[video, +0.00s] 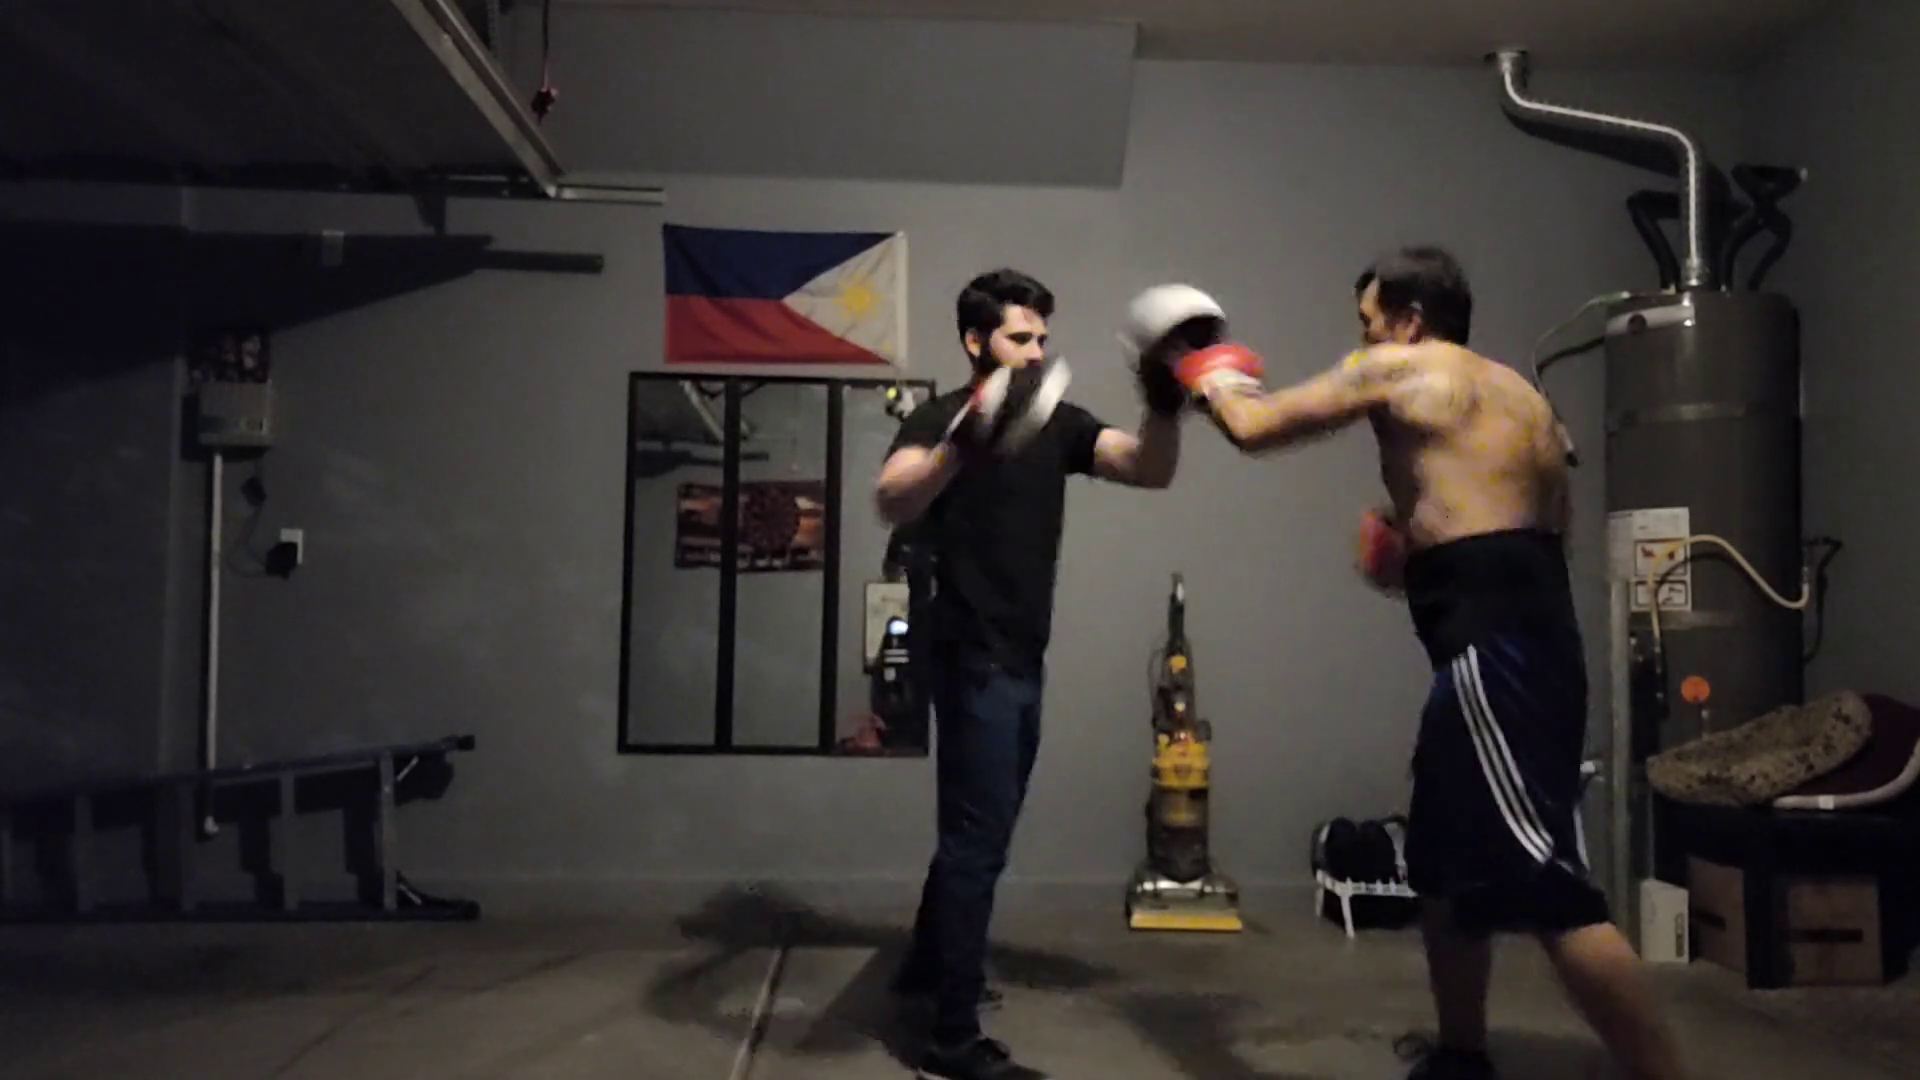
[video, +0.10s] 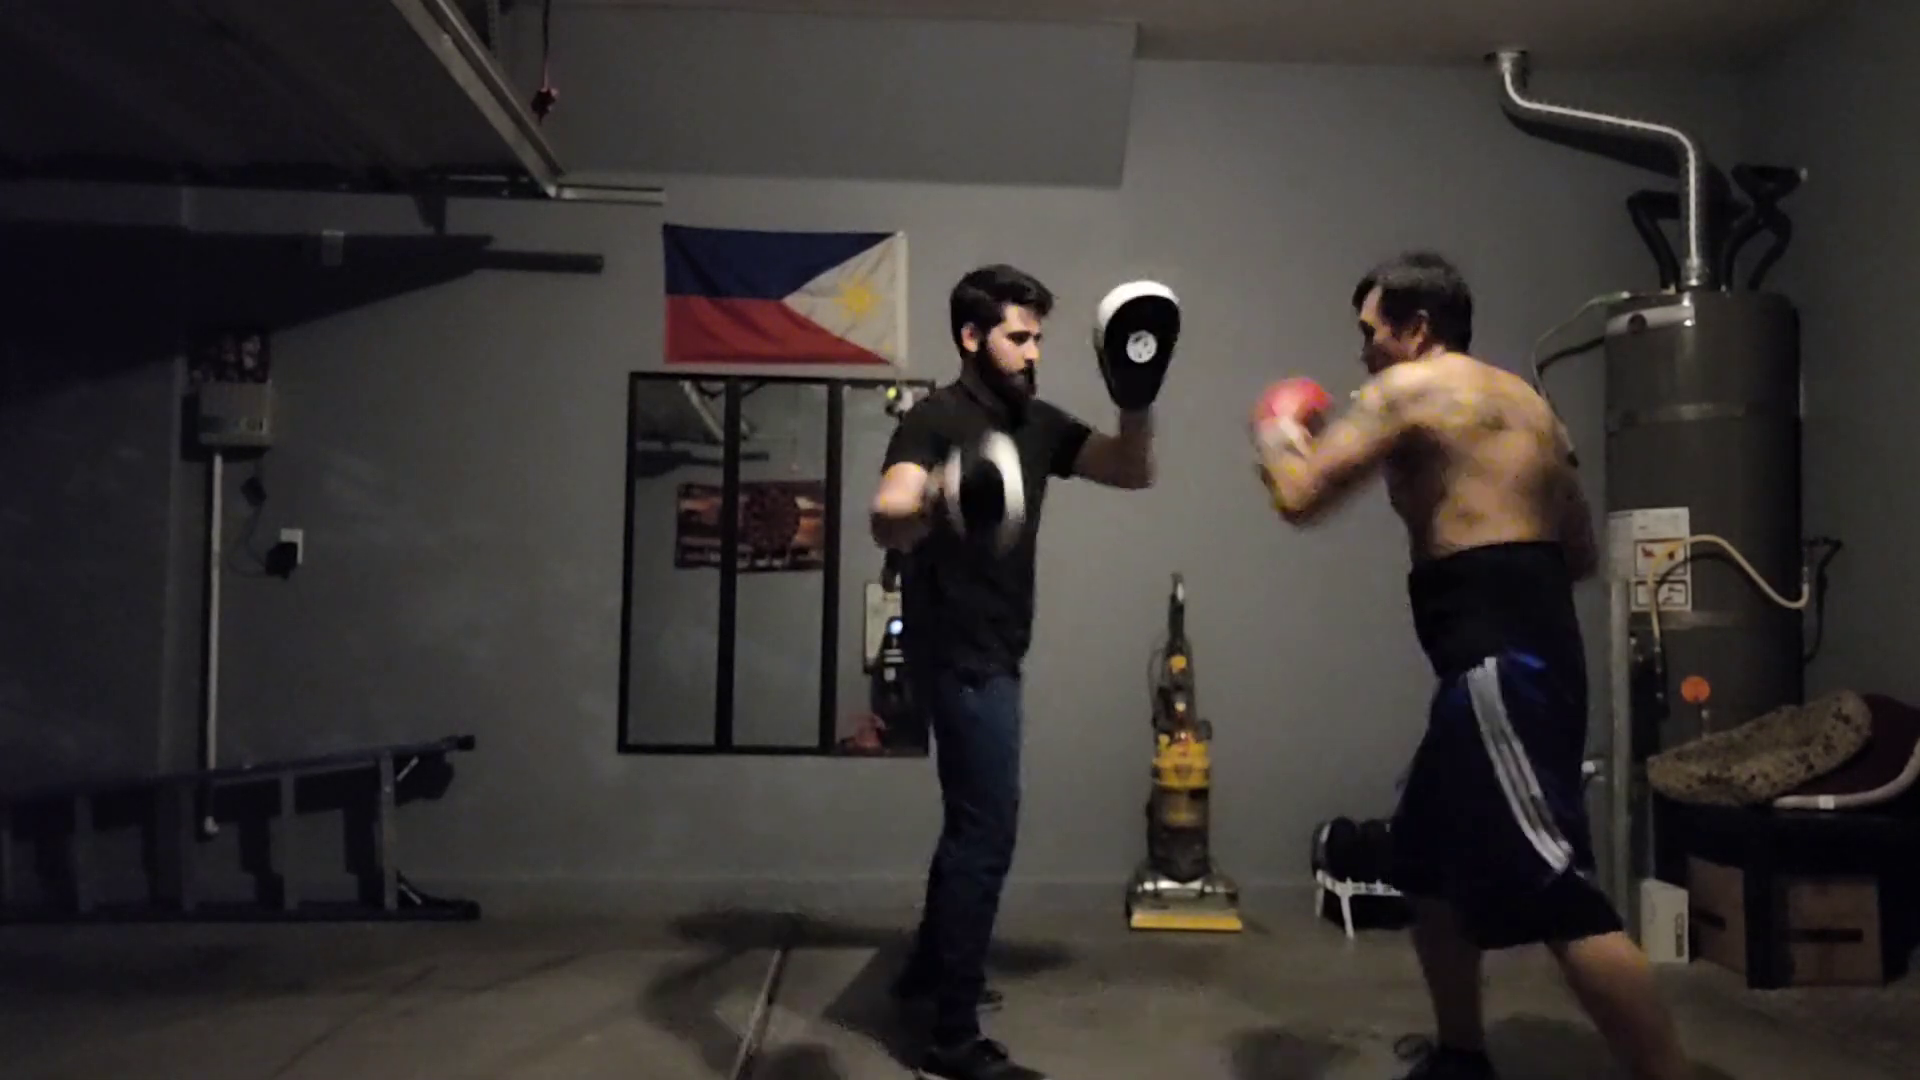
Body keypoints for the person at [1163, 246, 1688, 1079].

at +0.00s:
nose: (1363, 338)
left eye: (1368, 322)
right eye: (1361, 323)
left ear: (1403, 317)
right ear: (1451, 319)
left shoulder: (1399, 365)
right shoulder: (1529, 398)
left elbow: (1252, 424)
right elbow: (1541, 540)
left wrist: (1210, 368)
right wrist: (1417, 559)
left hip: (1492, 640)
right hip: (1528, 634)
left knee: (1547, 881)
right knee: (1444, 859)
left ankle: (1661, 1069)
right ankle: (1460, 1056)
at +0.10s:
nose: (1363, 348)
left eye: (1370, 331)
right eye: (1361, 331)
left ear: (1413, 326)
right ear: (1443, 329)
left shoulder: (1406, 388)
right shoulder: (1526, 398)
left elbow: (1298, 492)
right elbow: (1580, 547)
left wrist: (1273, 429)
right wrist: (1486, 572)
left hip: (1489, 645)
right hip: (1541, 635)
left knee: (1555, 885)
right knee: (1426, 854)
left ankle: (1666, 1068)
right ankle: (1460, 1056)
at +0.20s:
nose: (1362, 353)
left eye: (1369, 334)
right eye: (1360, 336)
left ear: (1420, 328)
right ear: (1427, 329)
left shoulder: (1470, 380)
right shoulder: (1457, 392)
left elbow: (1397, 502)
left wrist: (1329, 472)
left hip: (1532, 656)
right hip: (1485, 660)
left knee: (1583, 887)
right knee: (1424, 864)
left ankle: (1670, 1068)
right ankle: (1457, 1056)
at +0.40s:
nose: (1385, 341)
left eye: (1394, 322)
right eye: (1381, 325)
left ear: (1445, 317)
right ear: (1431, 324)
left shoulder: (1530, 373)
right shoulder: (1444, 405)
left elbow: (1530, 488)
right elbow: (1423, 523)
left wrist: (1429, 438)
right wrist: (1334, 528)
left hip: (1585, 648)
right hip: (1508, 650)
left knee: (1623, 888)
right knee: (1447, 862)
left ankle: (1702, 1067)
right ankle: (1459, 1056)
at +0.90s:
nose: (1363, 340)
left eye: (1376, 325)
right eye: (1365, 325)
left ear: (1425, 333)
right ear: (1417, 335)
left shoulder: (1474, 392)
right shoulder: (1428, 421)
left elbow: (1459, 490)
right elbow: (1429, 565)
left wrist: (1353, 431)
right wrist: (1351, 544)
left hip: (1523, 662)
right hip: (1461, 667)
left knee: (1600, 902)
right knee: (1405, 859)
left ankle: (1710, 1069)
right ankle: (1403, 1038)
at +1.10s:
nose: (1365, 341)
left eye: (1377, 325)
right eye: (1365, 326)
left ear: (1430, 332)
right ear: (1423, 335)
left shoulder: (1471, 394)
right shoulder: (1427, 409)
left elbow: (1362, 498)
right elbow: (1359, 520)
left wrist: (1262, 439)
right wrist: (1328, 442)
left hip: (1502, 653)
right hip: (1440, 654)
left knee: (1561, 885)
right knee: (1370, 851)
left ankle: (1673, 1068)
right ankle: (1396, 1029)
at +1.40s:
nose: (1325, 337)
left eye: (1340, 322)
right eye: (1327, 324)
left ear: (1391, 331)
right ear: (1381, 336)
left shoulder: (1414, 385)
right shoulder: (1379, 415)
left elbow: (1264, 420)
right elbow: (1375, 553)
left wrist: (1177, 380)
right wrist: (1293, 508)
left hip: (1473, 650)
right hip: (1407, 655)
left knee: (1543, 877)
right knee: (1342, 850)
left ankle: (1652, 1059)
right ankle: (1347, 1032)